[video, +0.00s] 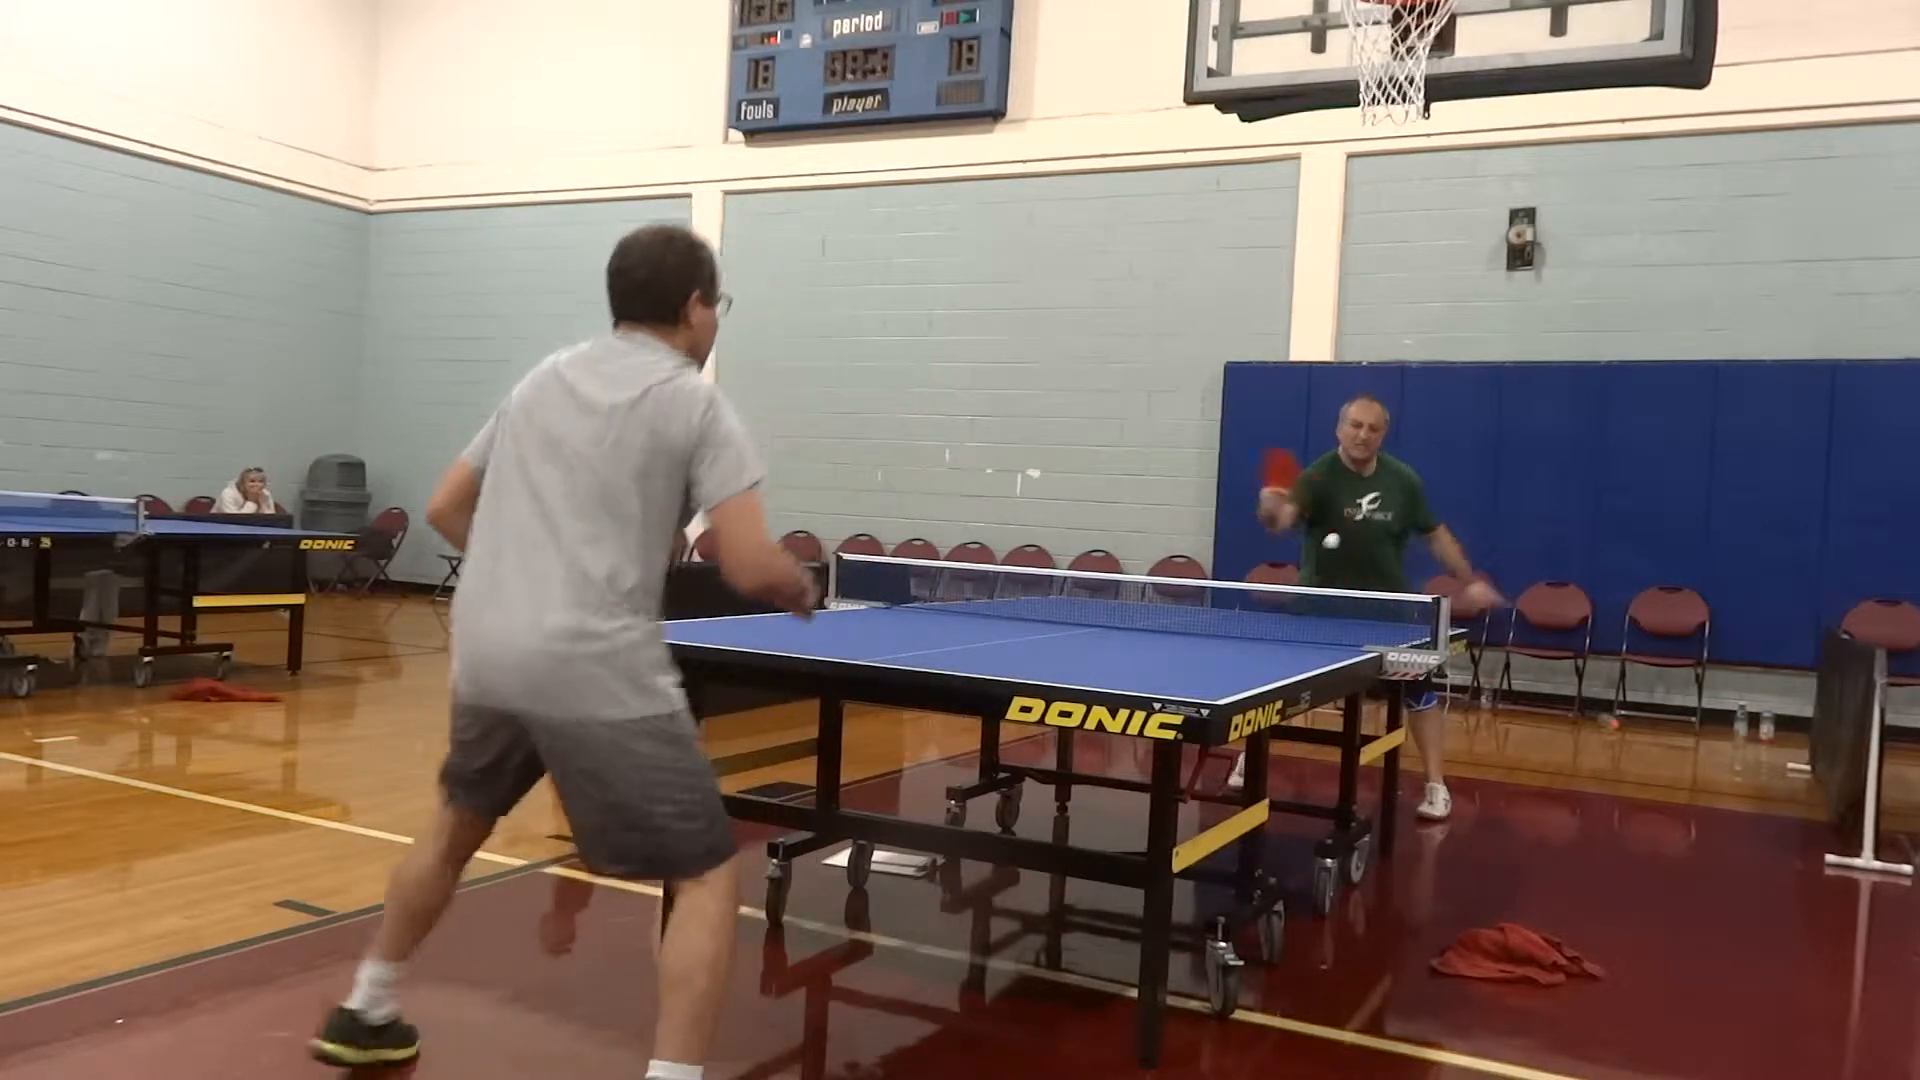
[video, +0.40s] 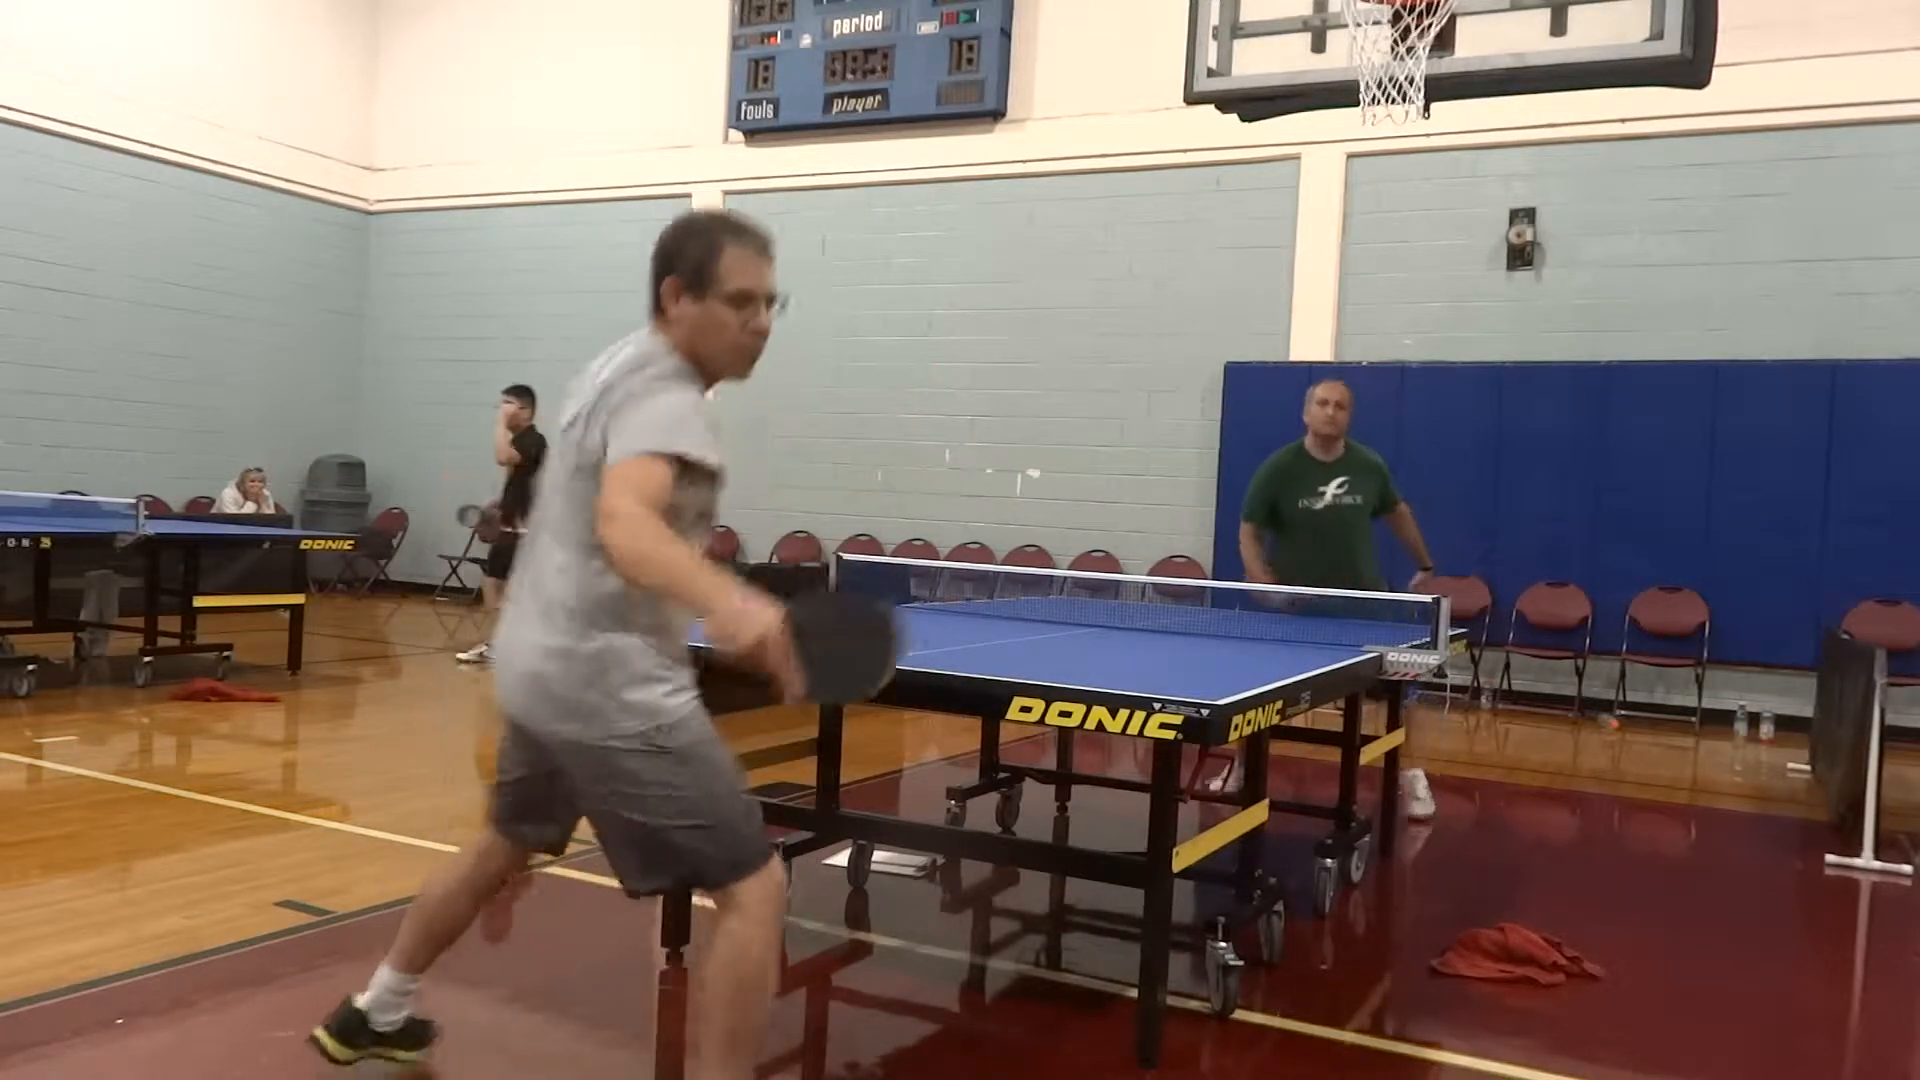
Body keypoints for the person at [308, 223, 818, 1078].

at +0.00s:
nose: (718, 318)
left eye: (716, 302)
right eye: (715, 302)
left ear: (617, 305)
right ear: (693, 306)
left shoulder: (545, 377)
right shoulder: (694, 399)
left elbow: (448, 509)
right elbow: (753, 570)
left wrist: (532, 565)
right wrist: (797, 586)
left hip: (485, 657)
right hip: (598, 671)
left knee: (453, 826)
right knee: (706, 868)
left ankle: (365, 1007)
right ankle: (674, 1070)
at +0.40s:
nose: (764, 325)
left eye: (769, 305)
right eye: (746, 303)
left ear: (675, 303)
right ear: (677, 300)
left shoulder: (618, 368)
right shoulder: (662, 389)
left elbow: (578, 522)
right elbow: (626, 525)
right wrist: (730, 602)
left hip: (539, 666)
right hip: (607, 683)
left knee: (508, 846)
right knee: (752, 885)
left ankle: (376, 1010)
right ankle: (724, 1070)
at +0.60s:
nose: (748, 251)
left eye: (766, 229)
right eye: (722, 228)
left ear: (783, 236)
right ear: (671, 231)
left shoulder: (721, 347)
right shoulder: (650, 344)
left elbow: (680, 524)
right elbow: (546, 510)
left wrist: (741, 625)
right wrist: (672, 613)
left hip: (647, 675)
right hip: (625, 682)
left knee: (627, 878)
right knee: (719, 906)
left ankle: (492, 1056)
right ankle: (722, 1074)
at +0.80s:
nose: (700, 215)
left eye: (722, 193)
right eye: (673, 194)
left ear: (749, 208)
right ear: (632, 209)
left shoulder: (757, 336)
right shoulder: (580, 341)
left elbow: (804, 466)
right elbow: (451, 506)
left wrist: (907, 567)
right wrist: (506, 679)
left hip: (712, 699)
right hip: (601, 705)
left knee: (635, 925)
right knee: (699, 931)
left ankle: (562, 1074)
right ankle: (686, 1078)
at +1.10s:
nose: (619, 148)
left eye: (648, 122)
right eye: (592, 130)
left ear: (705, 150)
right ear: (566, 165)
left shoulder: (760, 311)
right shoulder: (510, 320)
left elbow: (835, 472)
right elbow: (395, 518)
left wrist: (871, 603)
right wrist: (322, 712)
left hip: (703, 735)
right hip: (546, 745)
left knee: (655, 994)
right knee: (571, 1036)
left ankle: (617, 1067)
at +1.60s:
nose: (493, 18)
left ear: (639, 33)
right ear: (454, 34)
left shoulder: (729, 249)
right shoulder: (395, 254)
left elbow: (878, 501)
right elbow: (320, 501)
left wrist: (791, 695)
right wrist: (264, 692)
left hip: (668, 835)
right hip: (446, 832)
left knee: (637, 1069)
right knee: (471, 1067)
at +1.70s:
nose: (493, 7)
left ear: (627, 13)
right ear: (434, 13)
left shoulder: (730, 236)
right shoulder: (368, 239)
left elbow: (888, 508)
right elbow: (300, 512)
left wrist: (797, 725)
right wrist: (223, 752)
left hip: (644, 884)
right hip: (409, 878)